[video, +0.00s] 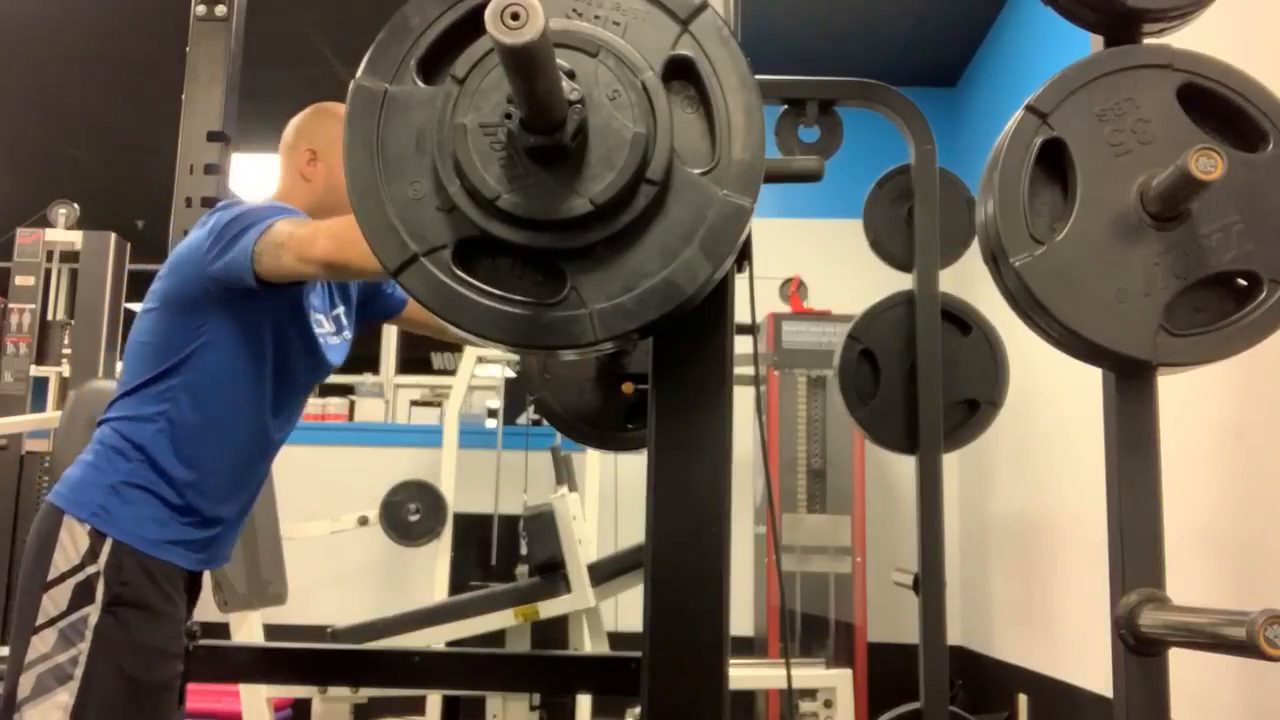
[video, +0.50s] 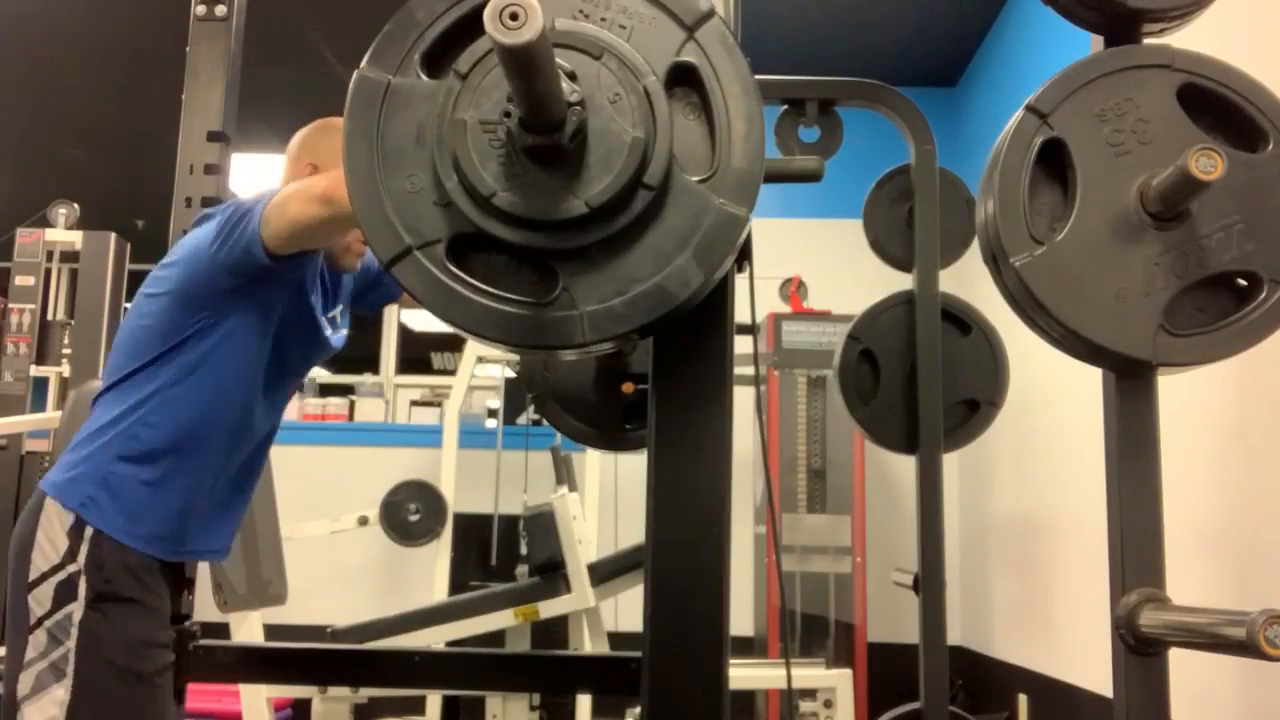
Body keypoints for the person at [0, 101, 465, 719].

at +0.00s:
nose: (370, 184)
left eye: (374, 169)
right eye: (360, 165)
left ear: (308, 166)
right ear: (309, 162)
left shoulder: (346, 273)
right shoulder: (234, 229)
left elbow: (452, 315)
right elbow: (330, 247)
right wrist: (459, 191)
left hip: (172, 558)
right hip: (110, 544)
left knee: (141, 709)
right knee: (75, 713)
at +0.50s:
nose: (375, 223)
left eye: (378, 202)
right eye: (361, 193)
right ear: (315, 184)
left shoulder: (334, 281)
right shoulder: (232, 241)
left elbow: (429, 262)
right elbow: (324, 197)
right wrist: (420, 168)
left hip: (160, 556)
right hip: (95, 545)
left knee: (148, 708)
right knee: (94, 711)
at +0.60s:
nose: (384, 248)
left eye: (389, 227)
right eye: (373, 222)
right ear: (329, 205)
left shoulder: (335, 291)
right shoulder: (232, 249)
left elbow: (439, 262)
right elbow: (327, 204)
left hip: (158, 559)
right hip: (89, 546)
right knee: (143, 707)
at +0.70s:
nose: (406, 305)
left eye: (420, 293)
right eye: (406, 279)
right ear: (362, 245)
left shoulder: (329, 318)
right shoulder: (241, 265)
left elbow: (431, 304)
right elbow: (324, 229)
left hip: (158, 565)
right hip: (91, 552)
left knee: (32, 706)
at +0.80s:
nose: (427, 371)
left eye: (441, 359)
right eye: (434, 348)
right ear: (392, 285)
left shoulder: (331, 358)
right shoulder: (270, 297)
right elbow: (332, 251)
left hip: (154, 577)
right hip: (96, 565)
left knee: (34, 711)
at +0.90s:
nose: (456, 428)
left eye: (476, 419)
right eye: (472, 406)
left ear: (448, 345)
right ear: (448, 342)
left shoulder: (370, 386)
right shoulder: (338, 336)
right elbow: (333, 287)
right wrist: (447, 238)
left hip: (144, 573)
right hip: (117, 571)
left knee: (41, 713)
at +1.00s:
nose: (511, 461)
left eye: (531, 451)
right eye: (528, 439)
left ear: (501, 371)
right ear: (506, 379)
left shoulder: (426, 398)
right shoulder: (402, 359)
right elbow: (346, 307)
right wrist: (463, 237)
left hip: (173, 571)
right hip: (153, 568)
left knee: (63, 711)